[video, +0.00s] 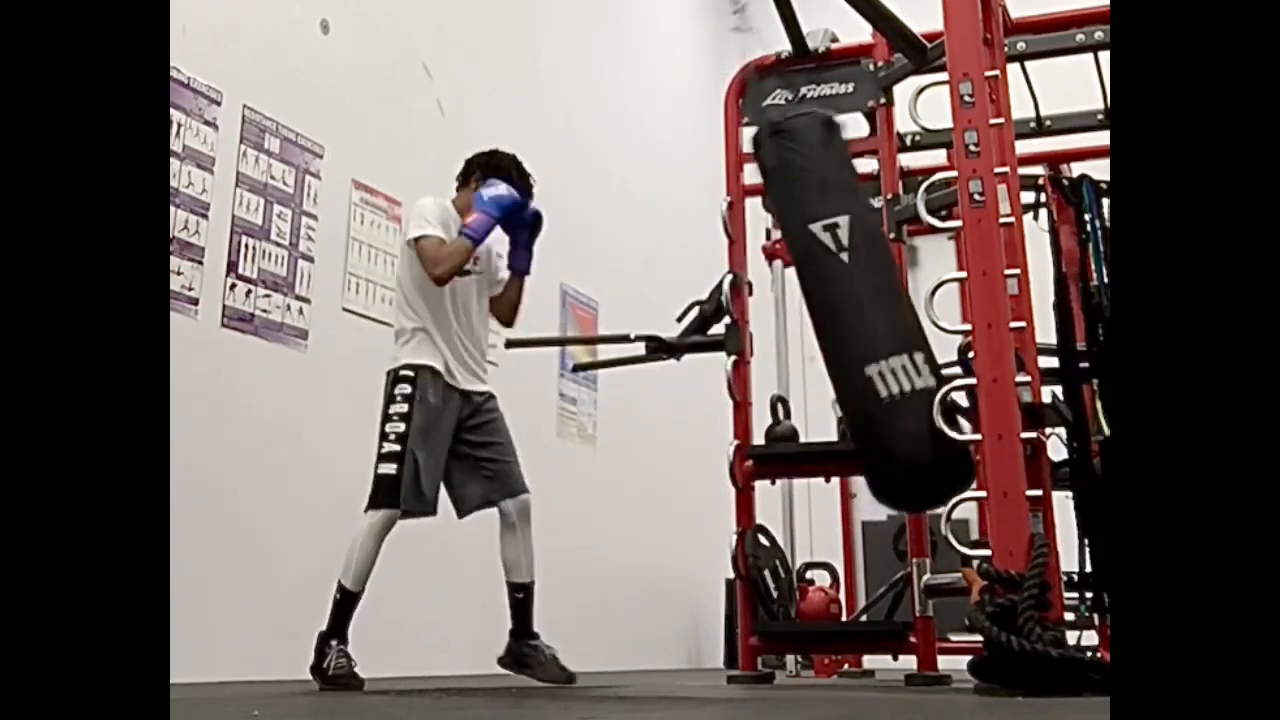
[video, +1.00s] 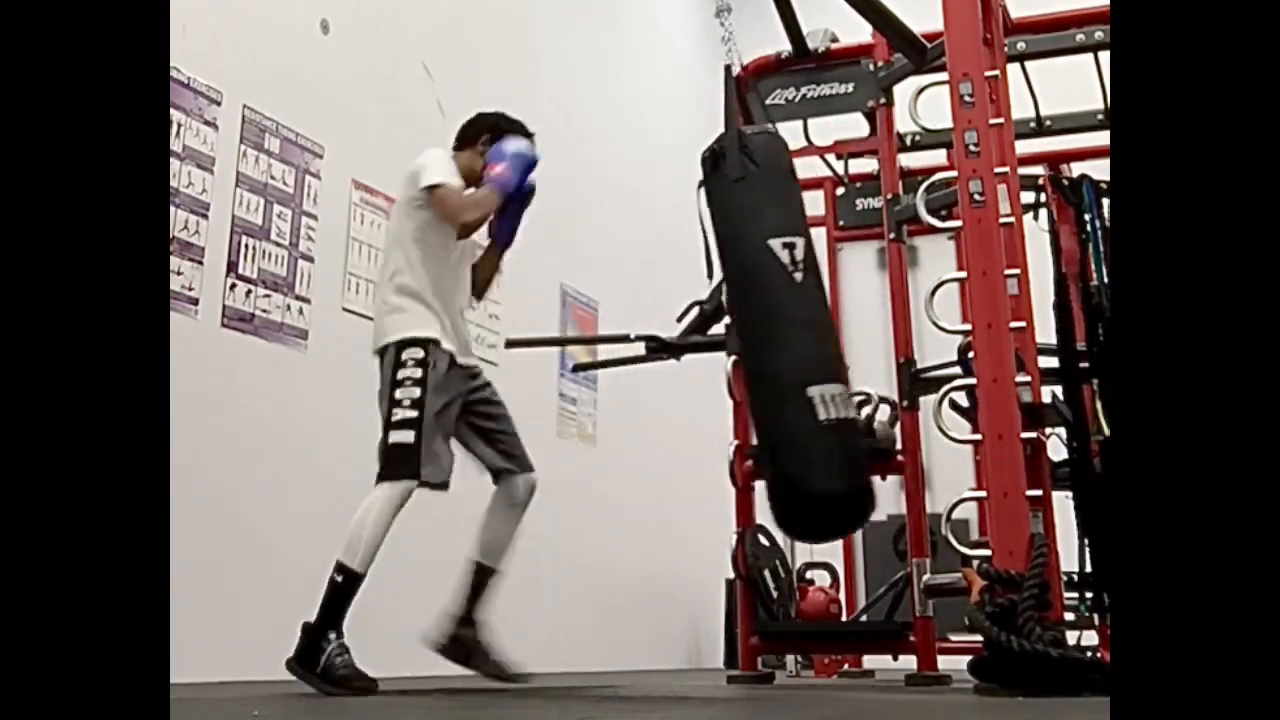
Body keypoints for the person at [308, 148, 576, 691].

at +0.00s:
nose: (494, 209)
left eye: (504, 205)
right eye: (492, 197)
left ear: (500, 209)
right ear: (467, 187)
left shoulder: (488, 251)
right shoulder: (430, 210)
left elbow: (506, 315)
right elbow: (439, 267)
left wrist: (524, 251)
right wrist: (483, 218)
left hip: (473, 388)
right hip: (421, 375)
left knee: (516, 505)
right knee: (386, 508)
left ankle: (523, 642)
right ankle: (331, 645)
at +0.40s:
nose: (532, 254)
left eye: (538, 247)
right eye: (529, 243)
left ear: (518, 244)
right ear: (504, 228)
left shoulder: (503, 291)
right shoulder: (466, 246)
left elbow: (526, 356)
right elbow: (457, 269)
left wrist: (565, 312)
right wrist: (533, 257)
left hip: (480, 425)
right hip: (432, 416)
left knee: (539, 523)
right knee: (387, 542)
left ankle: (522, 655)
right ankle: (326, 655)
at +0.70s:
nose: (503, 205)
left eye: (508, 198)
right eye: (499, 193)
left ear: (490, 201)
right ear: (471, 184)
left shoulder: (479, 246)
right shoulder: (436, 206)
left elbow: (513, 307)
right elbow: (461, 263)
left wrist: (524, 245)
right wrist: (494, 223)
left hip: (464, 388)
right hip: (424, 376)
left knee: (496, 514)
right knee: (403, 512)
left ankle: (502, 647)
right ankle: (333, 651)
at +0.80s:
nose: (492, 165)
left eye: (497, 160)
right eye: (490, 153)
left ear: (479, 151)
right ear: (467, 137)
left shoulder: (459, 203)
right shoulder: (425, 164)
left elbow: (464, 280)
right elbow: (437, 223)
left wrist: (498, 226)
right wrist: (482, 187)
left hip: (452, 350)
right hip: (413, 337)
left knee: (446, 493)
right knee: (404, 473)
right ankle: (329, 619)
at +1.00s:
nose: (502, 172)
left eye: (508, 166)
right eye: (503, 160)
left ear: (483, 156)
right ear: (480, 146)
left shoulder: (466, 212)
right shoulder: (435, 162)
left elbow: (477, 289)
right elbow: (461, 214)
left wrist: (507, 225)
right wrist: (503, 180)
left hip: (457, 352)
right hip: (414, 335)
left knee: (517, 482)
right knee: (399, 480)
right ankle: (320, 642)